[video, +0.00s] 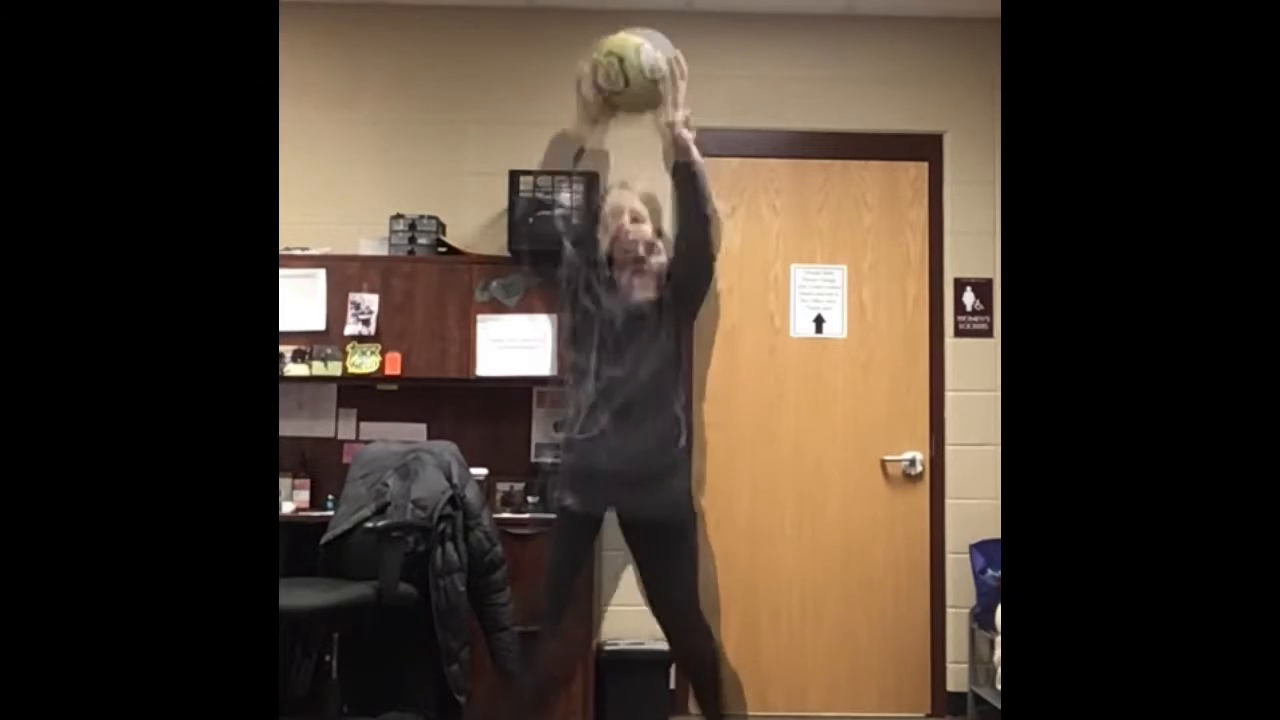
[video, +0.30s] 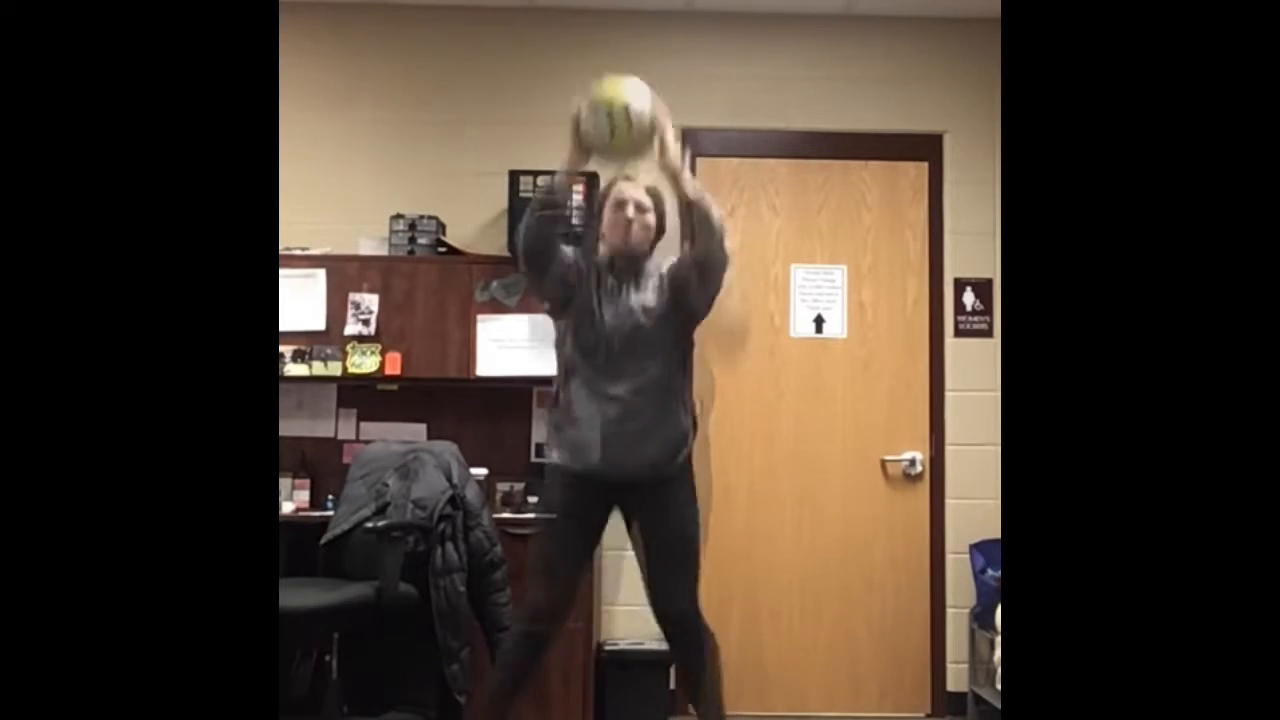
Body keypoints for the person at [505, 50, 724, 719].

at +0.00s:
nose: (632, 230)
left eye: (640, 220)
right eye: (618, 222)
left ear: (656, 235)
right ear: (600, 239)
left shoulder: (676, 298)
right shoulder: (584, 290)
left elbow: (698, 235)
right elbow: (561, 221)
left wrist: (678, 140)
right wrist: (586, 127)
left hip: (655, 474)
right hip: (583, 471)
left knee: (681, 621)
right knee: (557, 619)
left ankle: (721, 711)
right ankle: (526, 709)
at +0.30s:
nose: (630, 216)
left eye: (642, 209)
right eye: (619, 205)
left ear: (660, 227)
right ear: (599, 219)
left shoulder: (675, 290)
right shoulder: (578, 282)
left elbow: (710, 252)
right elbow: (535, 252)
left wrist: (677, 173)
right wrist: (570, 168)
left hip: (657, 468)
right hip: (578, 467)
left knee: (679, 615)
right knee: (541, 612)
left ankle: (709, 712)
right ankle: (487, 710)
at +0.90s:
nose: (631, 208)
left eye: (643, 205)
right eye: (619, 202)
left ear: (659, 227)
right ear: (597, 220)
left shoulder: (679, 279)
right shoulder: (574, 275)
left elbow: (706, 210)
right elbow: (550, 199)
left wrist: (678, 114)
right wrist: (584, 111)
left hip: (661, 460)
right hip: (582, 459)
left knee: (683, 608)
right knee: (558, 605)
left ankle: (724, 717)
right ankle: (516, 712)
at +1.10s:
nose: (631, 243)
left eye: (643, 236)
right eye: (619, 234)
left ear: (659, 255)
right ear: (597, 255)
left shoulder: (679, 315)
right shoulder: (577, 311)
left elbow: (694, 236)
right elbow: (564, 227)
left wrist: (675, 135)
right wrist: (590, 131)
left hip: (664, 509)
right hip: (581, 509)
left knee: (695, 649)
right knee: (550, 650)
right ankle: (504, 714)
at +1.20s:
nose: (636, 203)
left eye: (648, 196)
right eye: (623, 195)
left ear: (665, 216)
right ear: (603, 213)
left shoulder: (684, 277)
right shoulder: (579, 273)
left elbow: (716, 251)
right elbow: (541, 241)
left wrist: (684, 166)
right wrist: (582, 160)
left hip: (668, 460)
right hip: (586, 460)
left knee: (690, 610)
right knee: (557, 607)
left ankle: (723, 715)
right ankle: (513, 710)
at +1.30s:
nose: (633, 204)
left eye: (646, 193)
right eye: (620, 193)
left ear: (668, 200)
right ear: (601, 200)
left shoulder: (697, 259)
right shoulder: (580, 256)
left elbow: (726, 308)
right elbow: (534, 300)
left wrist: (684, 265)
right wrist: (573, 253)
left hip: (671, 451)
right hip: (590, 449)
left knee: (676, 594)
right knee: (574, 589)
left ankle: (691, 710)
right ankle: (553, 709)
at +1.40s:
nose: (639, 213)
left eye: (651, 206)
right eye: (627, 205)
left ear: (668, 224)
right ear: (608, 221)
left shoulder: (696, 299)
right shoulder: (571, 294)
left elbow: (718, 387)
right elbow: (542, 383)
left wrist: (671, 339)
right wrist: (588, 331)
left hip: (672, 479)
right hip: (592, 478)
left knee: (663, 618)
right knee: (596, 617)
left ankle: (664, 713)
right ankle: (601, 713)